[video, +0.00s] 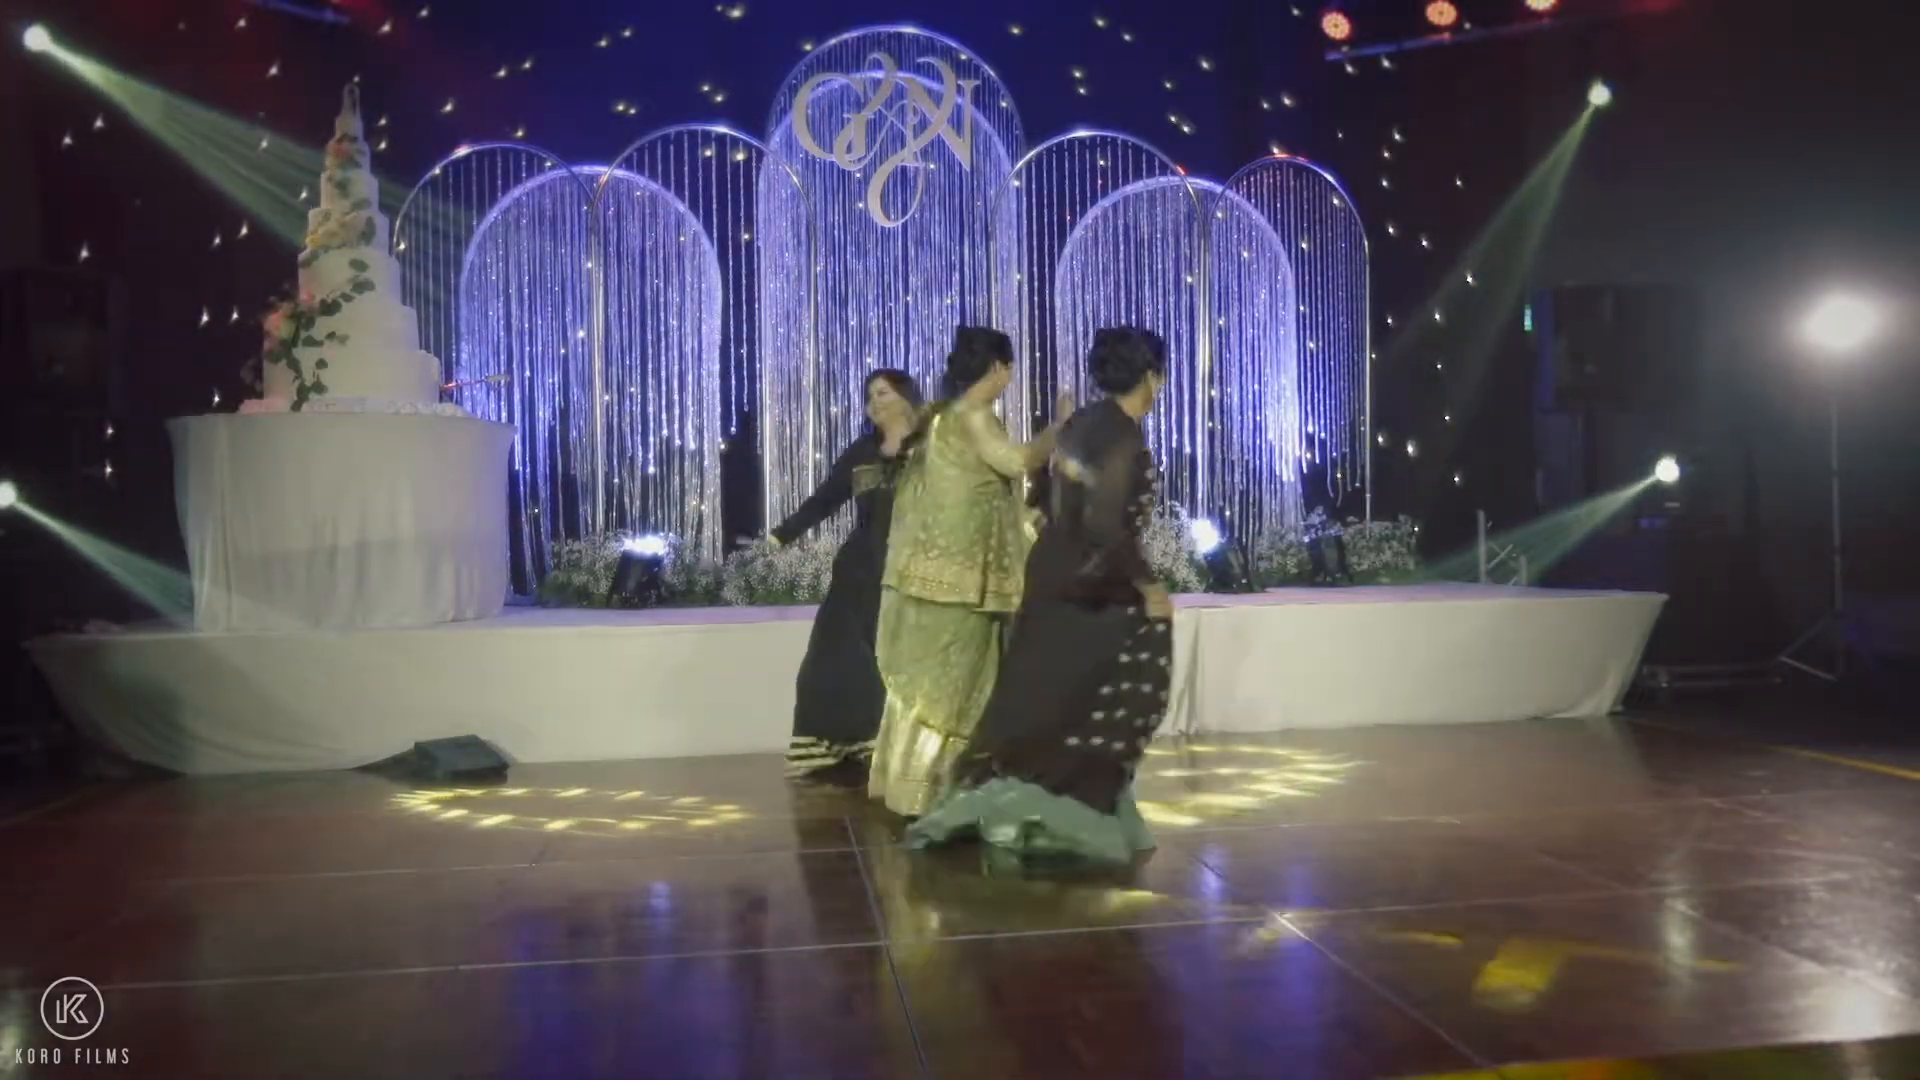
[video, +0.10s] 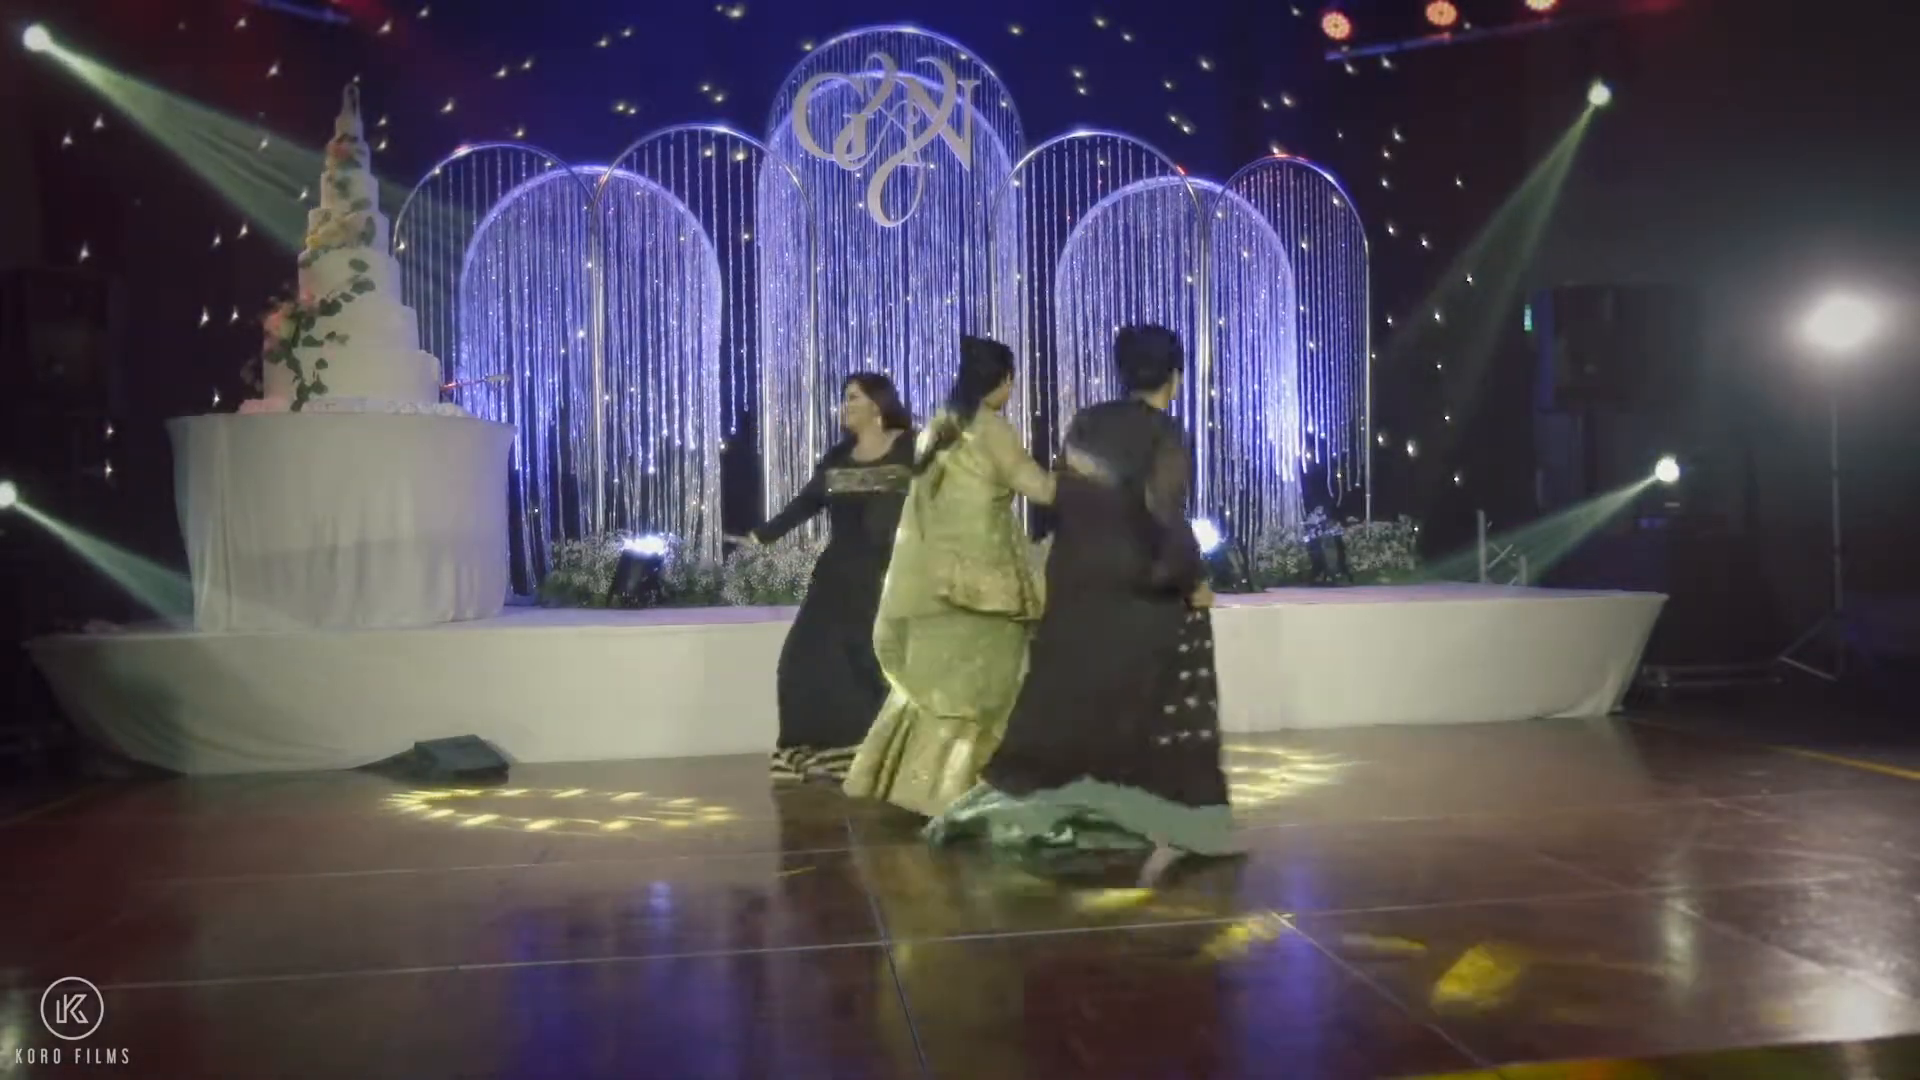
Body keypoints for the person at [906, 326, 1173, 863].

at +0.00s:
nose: (1163, 382)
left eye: (1160, 373)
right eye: (1160, 373)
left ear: (1105, 374)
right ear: (1150, 378)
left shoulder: (1078, 424)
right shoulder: (1123, 438)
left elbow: (1041, 498)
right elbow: (1105, 522)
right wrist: (1146, 583)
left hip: (1053, 581)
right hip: (1096, 589)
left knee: (1045, 695)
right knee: (1130, 697)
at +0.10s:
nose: (1179, 382)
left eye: (1174, 373)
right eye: (1178, 374)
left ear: (1123, 373)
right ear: (1171, 378)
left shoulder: (1085, 424)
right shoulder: (1165, 435)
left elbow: (1058, 507)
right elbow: (1167, 512)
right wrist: (1194, 578)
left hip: (1076, 594)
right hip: (1141, 597)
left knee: (1067, 707)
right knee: (1163, 709)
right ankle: (1165, 834)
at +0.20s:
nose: (1185, 375)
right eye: (1187, 367)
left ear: (1135, 369)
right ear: (1188, 370)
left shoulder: (1095, 422)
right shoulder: (1200, 428)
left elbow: (1066, 508)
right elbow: (1224, 509)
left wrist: (1084, 553)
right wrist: (1231, 558)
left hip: (1105, 580)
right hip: (1173, 579)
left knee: (1107, 692)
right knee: (1213, 687)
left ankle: (1108, 819)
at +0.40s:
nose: (1167, 375)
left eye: (1169, 367)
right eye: (1170, 366)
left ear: (1178, 366)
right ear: (1224, 366)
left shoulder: (1173, 415)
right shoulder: (1253, 423)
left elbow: (1138, 503)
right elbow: (1275, 513)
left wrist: (1092, 520)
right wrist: (1257, 548)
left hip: (1186, 583)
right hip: (1244, 585)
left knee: (1168, 700)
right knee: (1249, 701)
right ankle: (1269, 838)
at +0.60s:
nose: (1190, 376)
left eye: (1197, 365)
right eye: (1191, 366)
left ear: (1228, 367)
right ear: (1226, 368)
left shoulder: (1256, 410)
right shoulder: (1224, 419)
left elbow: (1273, 484)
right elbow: (1230, 492)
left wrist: (1239, 539)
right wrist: (1220, 545)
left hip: (1280, 570)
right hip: (1252, 570)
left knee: (1278, 684)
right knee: (1254, 683)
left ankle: (1291, 818)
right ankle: (1271, 813)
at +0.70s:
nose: (1216, 373)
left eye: (1227, 363)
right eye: (1215, 363)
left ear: (1259, 368)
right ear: (1221, 372)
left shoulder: (1290, 414)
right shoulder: (1222, 434)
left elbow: (1324, 482)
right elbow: (1222, 508)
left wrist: (1297, 543)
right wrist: (1217, 553)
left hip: (1291, 575)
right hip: (1236, 578)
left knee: (1302, 690)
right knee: (1236, 692)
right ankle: (1251, 814)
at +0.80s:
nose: (1260, 371)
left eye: (1270, 361)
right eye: (1250, 363)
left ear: (1289, 365)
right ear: (1239, 371)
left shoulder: (1322, 416)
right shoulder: (1225, 433)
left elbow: (1362, 485)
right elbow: (1216, 504)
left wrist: (1352, 543)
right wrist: (1211, 553)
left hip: (1313, 568)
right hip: (1252, 570)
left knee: (1306, 685)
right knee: (1254, 685)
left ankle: (1304, 805)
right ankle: (1264, 806)